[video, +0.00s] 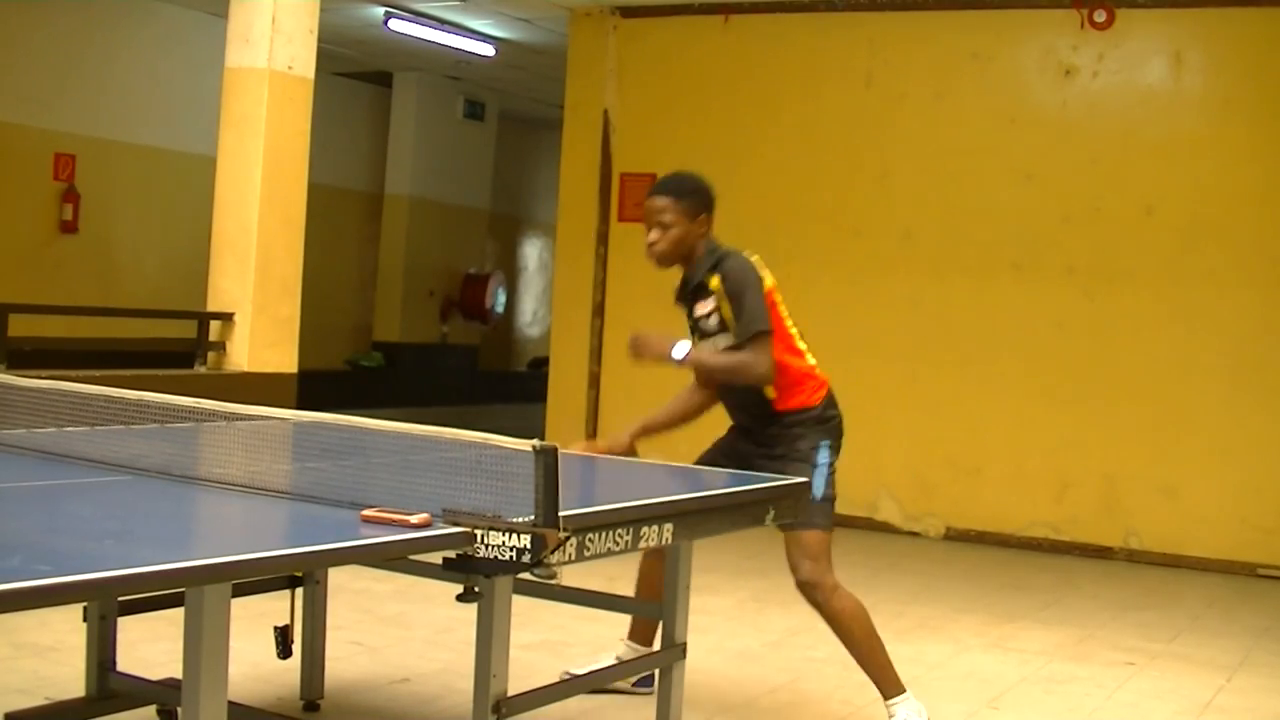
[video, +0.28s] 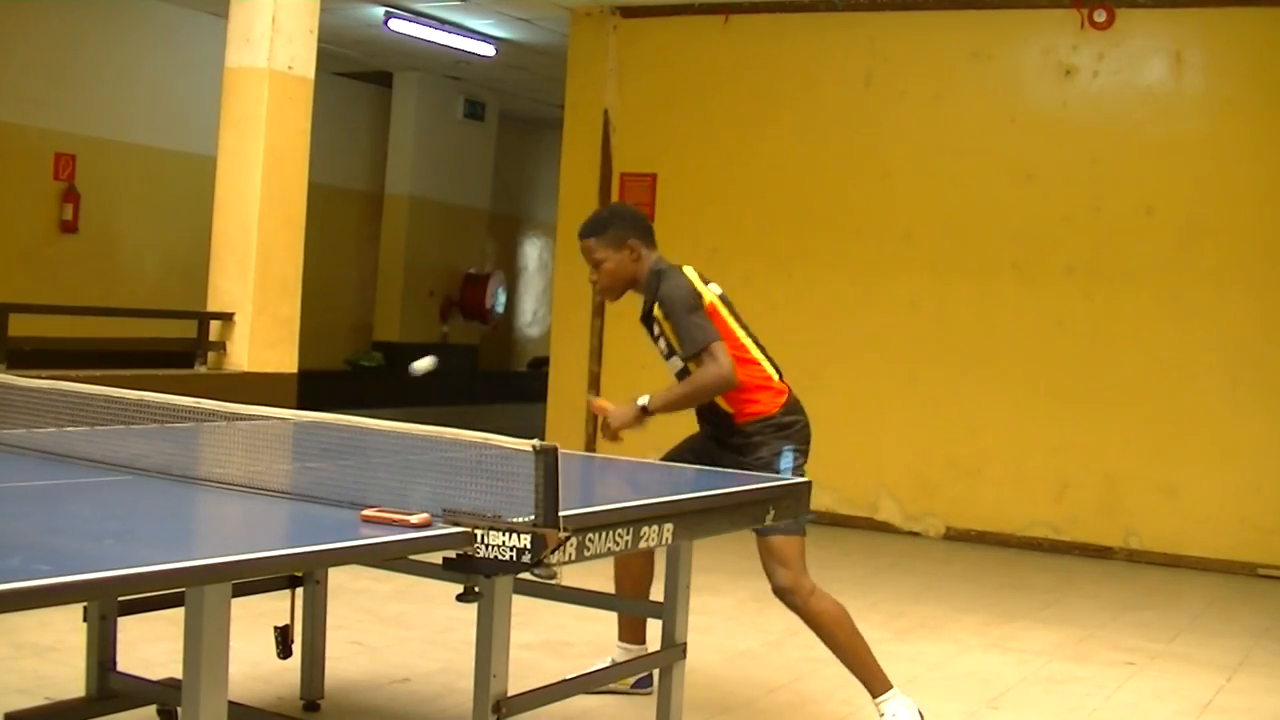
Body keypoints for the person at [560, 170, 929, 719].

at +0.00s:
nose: (649, 238)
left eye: (661, 225)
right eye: (646, 225)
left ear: (700, 223)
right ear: (654, 226)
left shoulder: (735, 270)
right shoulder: (691, 290)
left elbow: (760, 365)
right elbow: (709, 386)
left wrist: (674, 349)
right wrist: (636, 431)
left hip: (804, 429)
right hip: (751, 431)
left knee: (813, 577)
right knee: (662, 522)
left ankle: (902, 705)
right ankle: (635, 660)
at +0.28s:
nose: (593, 278)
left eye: (597, 264)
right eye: (590, 266)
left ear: (632, 251)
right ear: (630, 254)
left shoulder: (673, 286)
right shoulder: (658, 295)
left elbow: (720, 371)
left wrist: (639, 409)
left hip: (773, 436)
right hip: (722, 436)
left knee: (790, 583)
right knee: (629, 509)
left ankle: (893, 704)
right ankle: (632, 661)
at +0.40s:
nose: (618, 245)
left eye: (621, 231)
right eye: (613, 234)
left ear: (654, 216)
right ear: (649, 220)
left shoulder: (719, 259)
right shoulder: (670, 279)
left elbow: (749, 348)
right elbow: (635, 360)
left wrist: (657, 350)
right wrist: (559, 325)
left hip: (773, 427)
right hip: (713, 424)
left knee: (804, 567)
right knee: (625, 512)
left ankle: (888, 701)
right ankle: (630, 658)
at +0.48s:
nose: (640, 228)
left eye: (645, 214)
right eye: (636, 217)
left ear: (683, 201)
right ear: (675, 207)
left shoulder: (753, 251)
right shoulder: (670, 266)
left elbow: (773, 339)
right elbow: (605, 326)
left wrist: (680, 312)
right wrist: (563, 261)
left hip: (773, 426)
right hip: (706, 421)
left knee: (814, 560)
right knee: (611, 506)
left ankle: (886, 701)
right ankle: (622, 649)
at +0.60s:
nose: (681, 219)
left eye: (692, 207)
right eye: (678, 207)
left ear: (732, 206)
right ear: (679, 208)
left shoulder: (781, 272)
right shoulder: (676, 266)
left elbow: (806, 357)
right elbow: (605, 298)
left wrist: (746, 298)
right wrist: (631, 222)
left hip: (771, 440)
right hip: (692, 436)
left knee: (831, 553)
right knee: (607, 529)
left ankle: (880, 699)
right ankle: (608, 663)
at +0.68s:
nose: (712, 219)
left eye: (726, 209)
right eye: (708, 206)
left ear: (761, 211)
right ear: (702, 207)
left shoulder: (804, 277)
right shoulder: (697, 267)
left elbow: (825, 369)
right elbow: (639, 323)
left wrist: (775, 303)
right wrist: (668, 252)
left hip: (784, 441)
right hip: (704, 438)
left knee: (853, 551)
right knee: (616, 527)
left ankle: (888, 699)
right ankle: (609, 663)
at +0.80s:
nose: (747, 207)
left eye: (760, 195)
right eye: (742, 195)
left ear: (796, 196)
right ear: (739, 197)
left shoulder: (843, 258)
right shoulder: (733, 265)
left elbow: (863, 353)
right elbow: (695, 363)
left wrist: (809, 308)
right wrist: (702, 314)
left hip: (834, 428)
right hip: (758, 426)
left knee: (885, 548)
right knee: (674, 529)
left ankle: (904, 694)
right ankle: (631, 658)